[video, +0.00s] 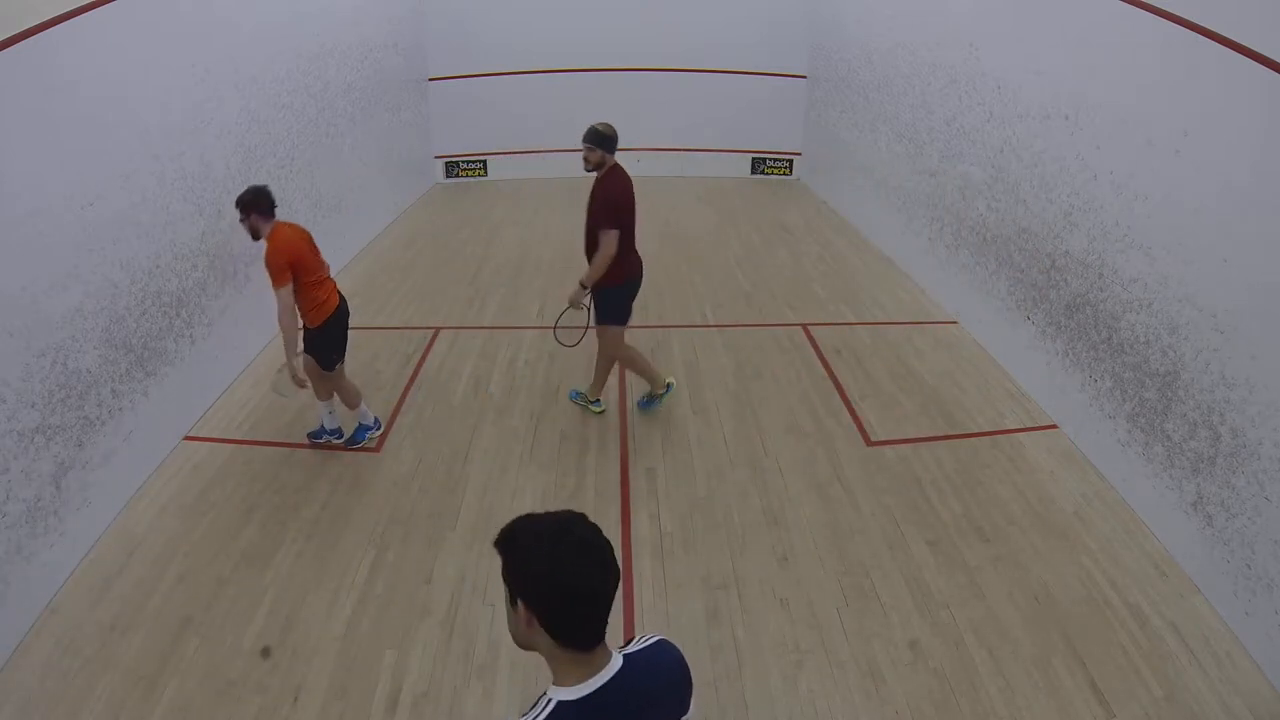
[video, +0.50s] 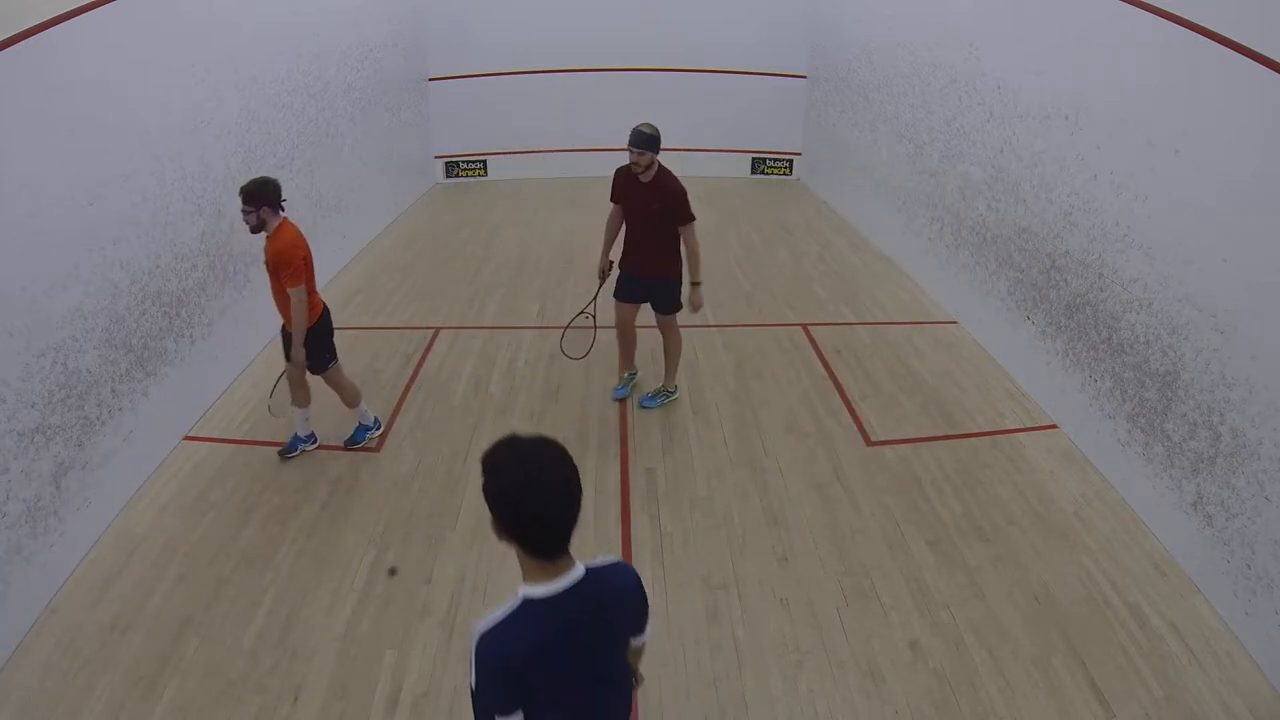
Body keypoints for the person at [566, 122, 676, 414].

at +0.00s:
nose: (584, 154)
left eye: (589, 149)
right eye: (583, 148)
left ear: (605, 152)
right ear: (605, 152)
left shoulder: (610, 186)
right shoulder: (613, 177)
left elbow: (609, 248)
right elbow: (612, 236)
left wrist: (582, 287)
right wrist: (594, 276)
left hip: (616, 277)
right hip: (618, 271)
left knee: (612, 345)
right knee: (608, 339)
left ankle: (660, 384)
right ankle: (594, 395)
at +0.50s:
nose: (635, 158)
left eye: (641, 153)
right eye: (632, 151)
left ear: (655, 153)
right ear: (628, 149)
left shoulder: (672, 188)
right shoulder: (623, 176)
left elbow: (689, 237)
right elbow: (617, 215)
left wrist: (695, 285)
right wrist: (605, 255)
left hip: (665, 273)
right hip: (631, 268)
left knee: (668, 327)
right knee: (623, 322)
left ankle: (669, 386)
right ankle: (627, 373)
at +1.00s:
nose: (627, 183)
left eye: (633, 178)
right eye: (622, 178)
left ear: (644, 168)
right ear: (616, 169)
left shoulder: (667, 184)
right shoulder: (608, 192)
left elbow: (686, 220)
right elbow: (600, 236)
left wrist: (689, 261)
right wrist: (593, 281)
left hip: (666, 267)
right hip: (632, 268)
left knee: (664, 323)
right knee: (636, 322)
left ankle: (668, 385)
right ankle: (636, 373)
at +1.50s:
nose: (621, 215)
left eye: (625, 210)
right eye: (616, 210)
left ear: (639, 198)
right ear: (611, 201)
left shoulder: (664, 188)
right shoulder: (612, 223)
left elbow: (693, 203)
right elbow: (616, 267)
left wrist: (713, 233)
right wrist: (614, 316)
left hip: (677, 270)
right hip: (642, 276)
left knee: (684, 329)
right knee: (637, 325)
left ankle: (692, 393)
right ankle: (637, 375)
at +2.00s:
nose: (701, 182)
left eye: (707, 176)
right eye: (695, 176)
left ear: (716, 175)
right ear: (688, 175)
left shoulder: (728, 193)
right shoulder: (674, 206)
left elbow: (739, 225)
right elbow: (669, 265)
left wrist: (753, 262)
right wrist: (686, 302)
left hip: (718, 281)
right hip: (685, 285)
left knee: (714, 343)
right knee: (679, 349)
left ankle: (695, 405)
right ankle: (649, 379)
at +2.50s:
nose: (772, 181)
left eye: (777, 174)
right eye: (766, 174)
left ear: (780, 173)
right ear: (749, 171)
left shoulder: (771, 200)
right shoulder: (727, 208)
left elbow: (768, 243)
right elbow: (697, 264)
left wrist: (786, 281)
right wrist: (737, 302)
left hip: (757, 297)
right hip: (727, 301)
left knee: (755, 359)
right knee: (734, 370)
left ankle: (708, 397)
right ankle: (725, 444)